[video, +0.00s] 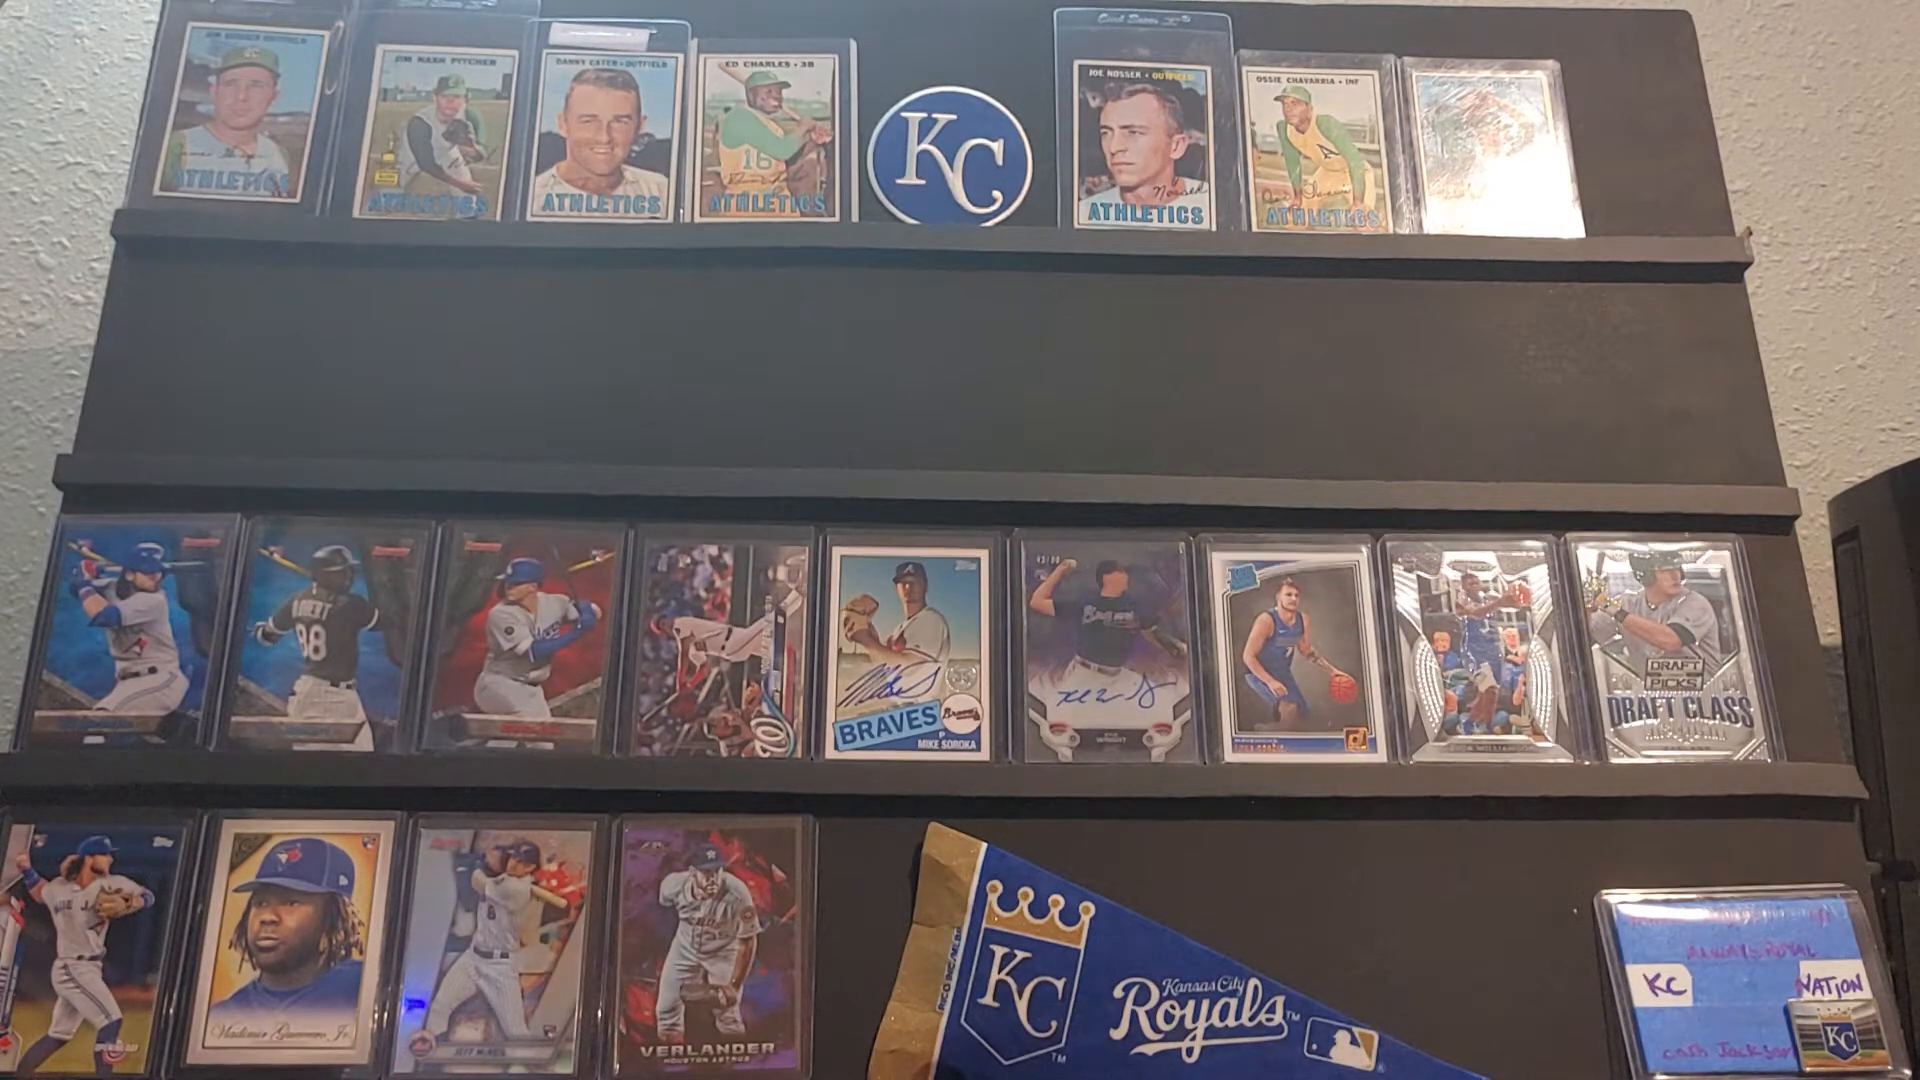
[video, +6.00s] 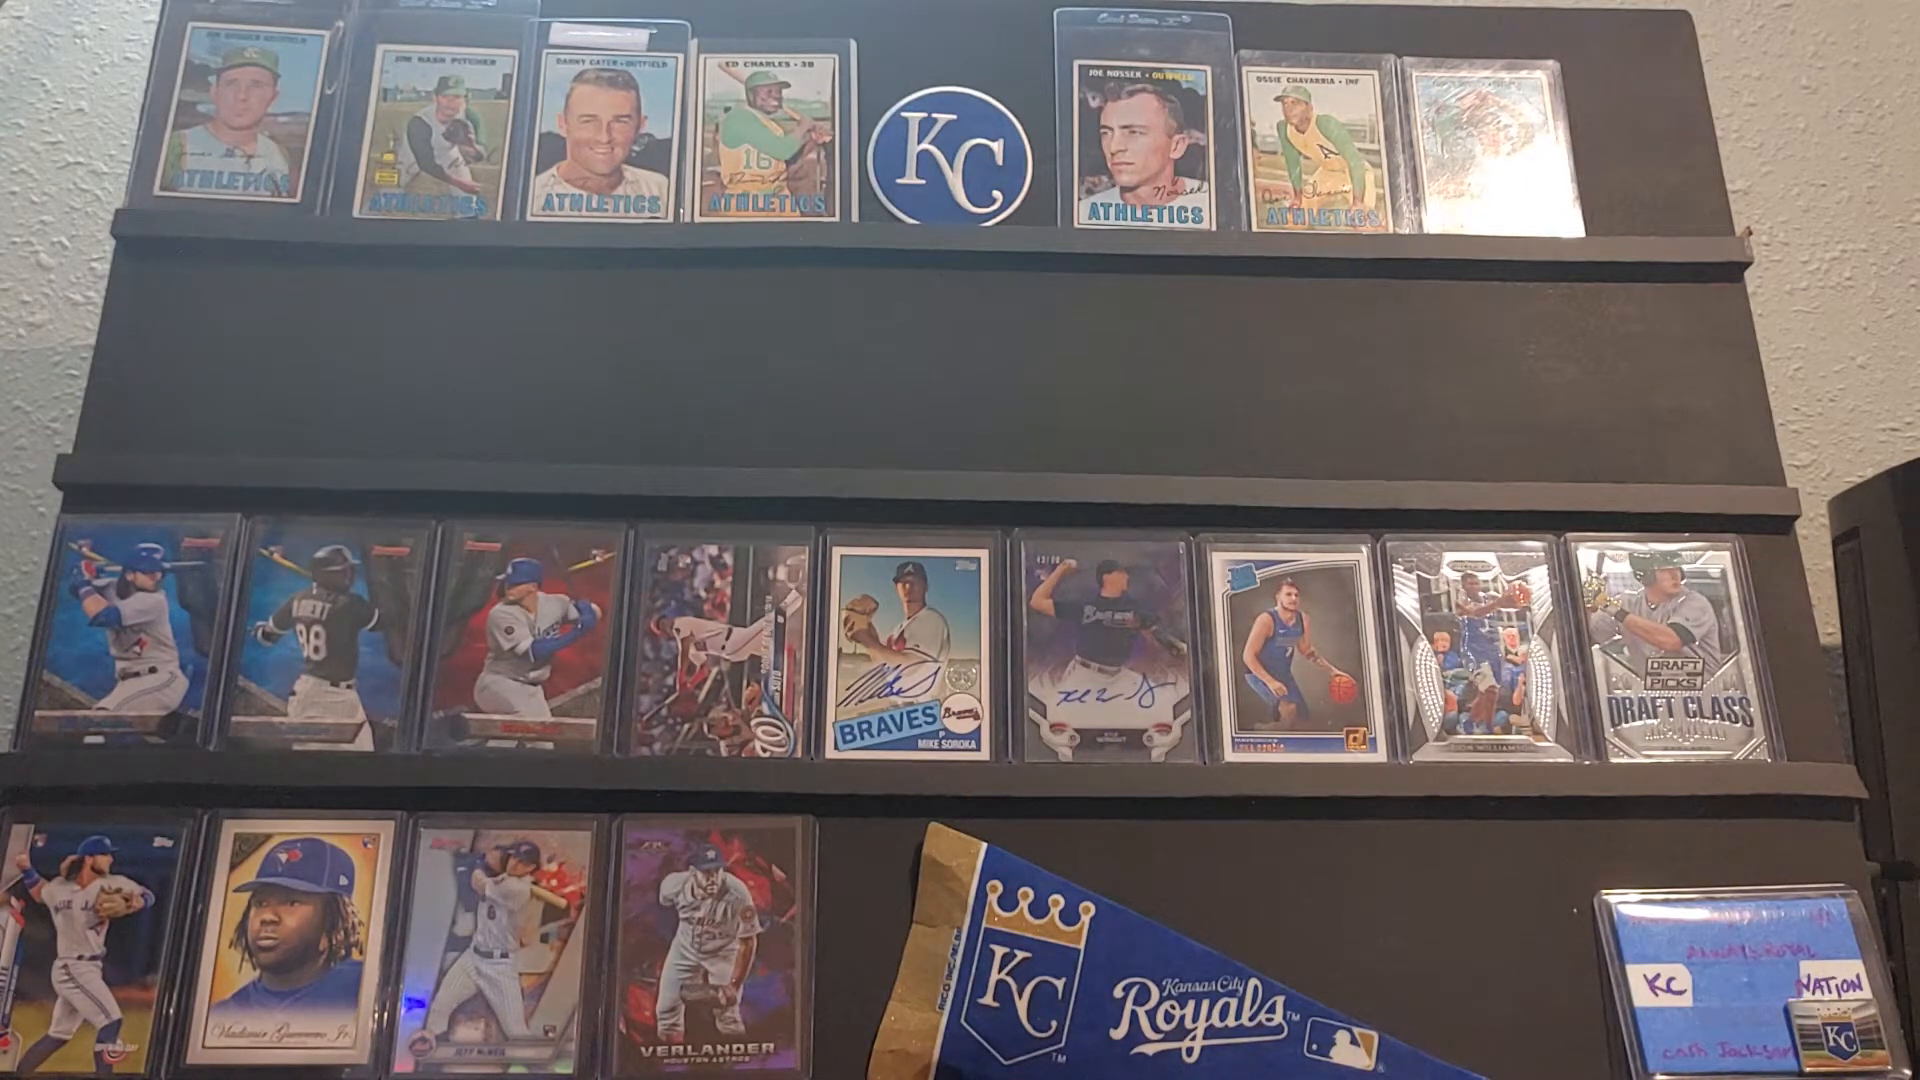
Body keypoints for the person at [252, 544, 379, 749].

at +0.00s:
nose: (350, 577)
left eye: (350, 571)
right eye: (346, 572)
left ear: (320, 574)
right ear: (334, 575)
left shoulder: (299, 601)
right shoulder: (352, 605)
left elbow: (267, 637)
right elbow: (387, 622)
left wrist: (259, 630)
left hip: (305, 693)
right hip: (341, 697)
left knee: (306, 764)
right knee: (361, 765)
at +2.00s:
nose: (350, 577)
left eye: (350, 571)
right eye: (346, 572)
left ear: (320, 575)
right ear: (334, 575)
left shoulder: (299, 601)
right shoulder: (351, 605)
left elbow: (267, 637)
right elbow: (385, 622)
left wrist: (259, 631)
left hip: (306, 694)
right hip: (342, 697)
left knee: (305, 765)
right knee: (360, 766)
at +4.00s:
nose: (352, 576)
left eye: (351, 570)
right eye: (348, 571)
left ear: (320, 574)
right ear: (336, 574)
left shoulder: (298, 601)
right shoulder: (351, 605)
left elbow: (267, 637)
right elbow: (384, 622)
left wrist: (260, 630)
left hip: (305, 692)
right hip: (341, 697)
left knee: (307, 764)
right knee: (359, 765)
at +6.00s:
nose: (351, 576)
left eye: (351, 571)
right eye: (347, 571)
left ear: (320, 575)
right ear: (336, 575)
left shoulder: (298, 600)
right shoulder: (351, 605)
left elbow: (268, 637)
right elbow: (387, 620)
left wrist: (259, 630)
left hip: (305, 694)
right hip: (341, 698)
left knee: (305, 765)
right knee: (361, 767)